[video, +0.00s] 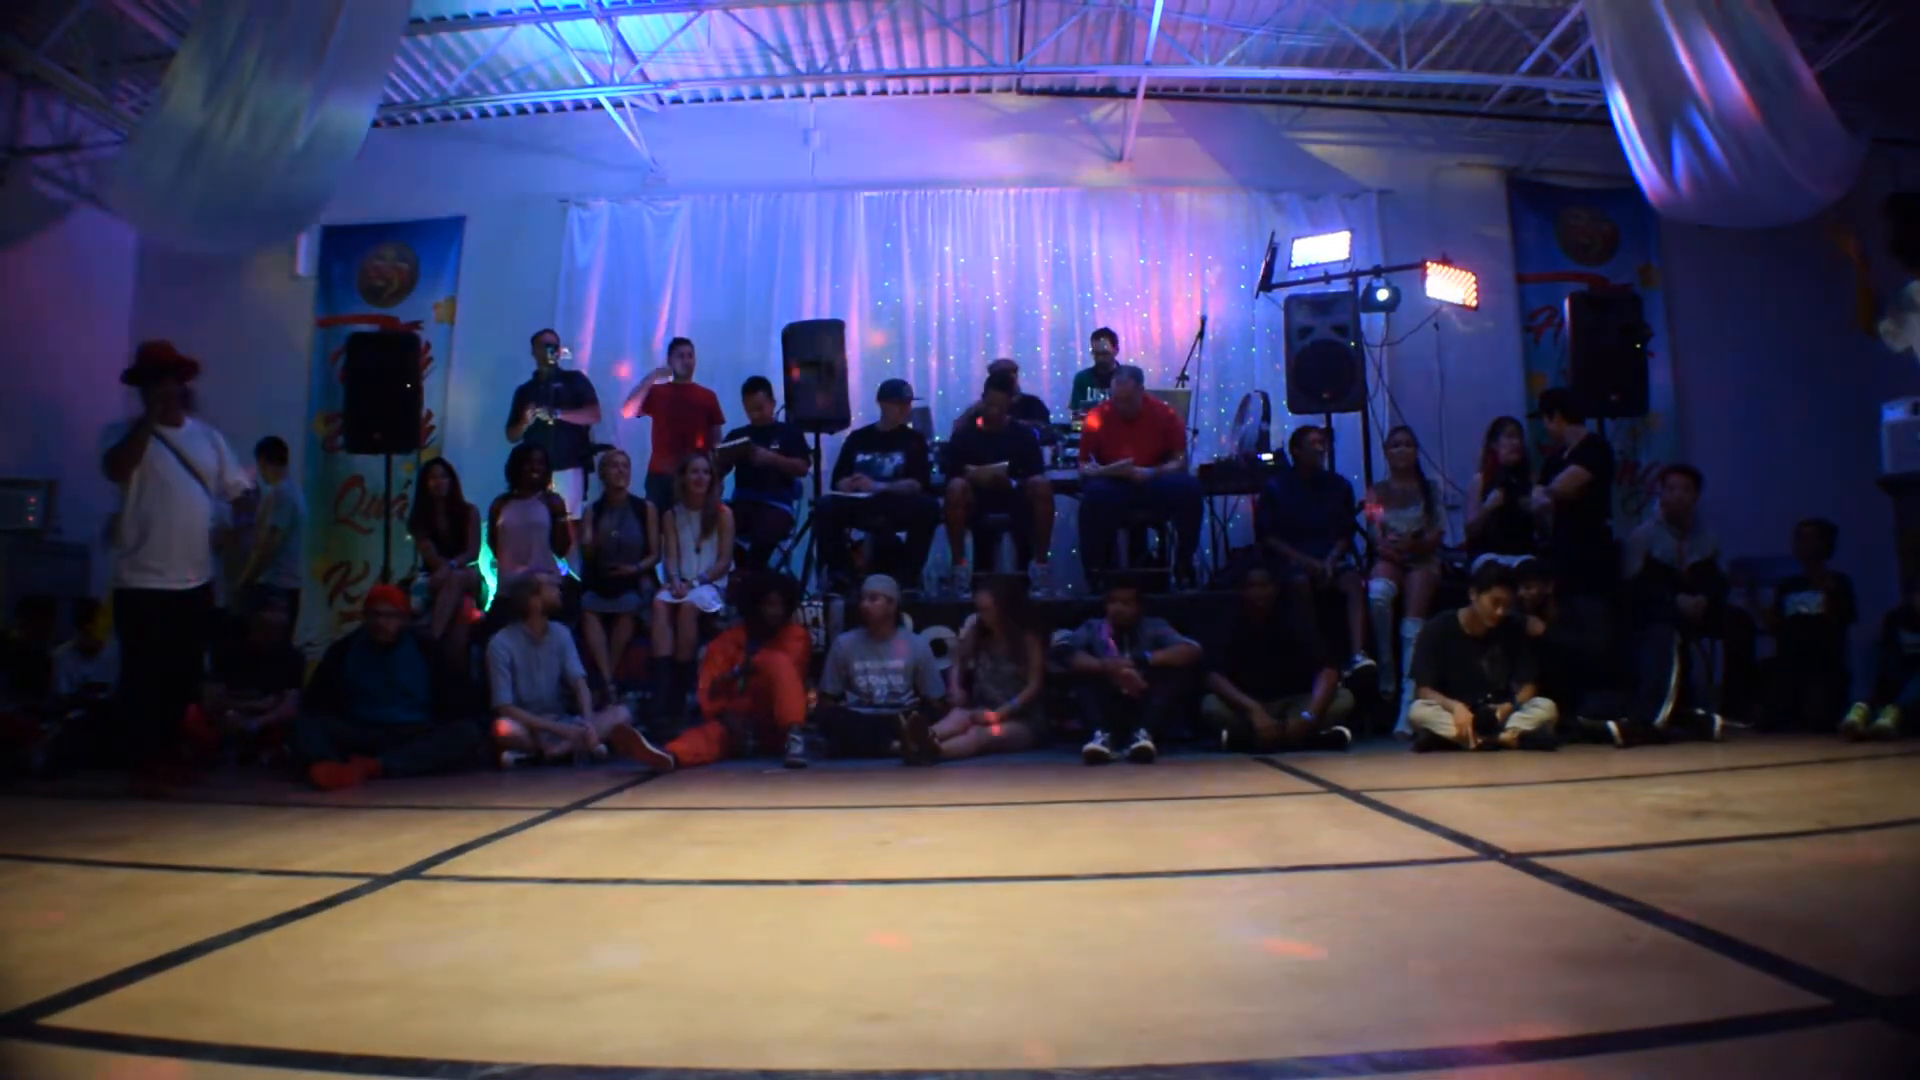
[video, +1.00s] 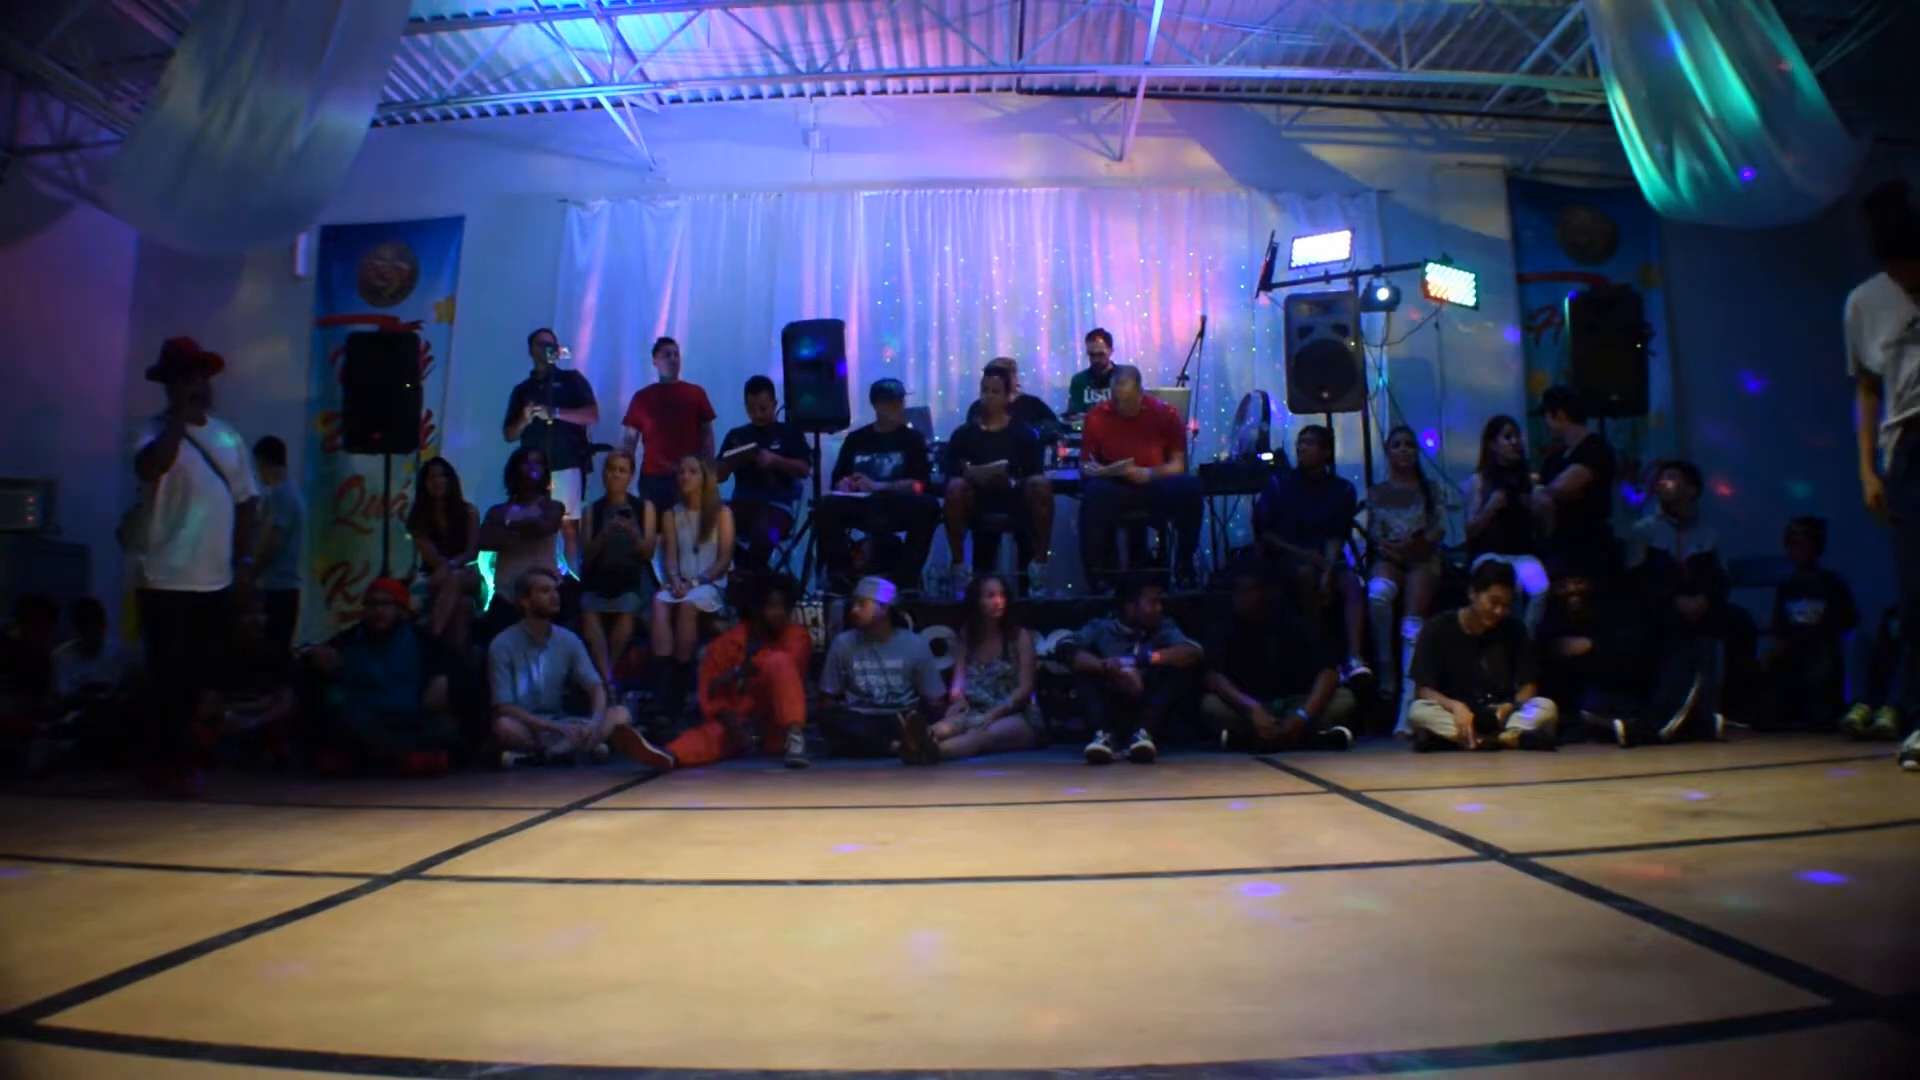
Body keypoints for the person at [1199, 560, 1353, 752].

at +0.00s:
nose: (1259, 592)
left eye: (1265, 586)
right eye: (1252, 587)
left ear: (1275, 589)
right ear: (1243, 592)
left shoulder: (1292, 620)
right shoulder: (1234, 626)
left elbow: (1329, 669)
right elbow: (1214, 676)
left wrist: (1310, 716)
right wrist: (1255, 710)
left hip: (1294, 699)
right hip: (1247, 702)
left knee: (1343, 698)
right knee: (1211, 706)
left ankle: (1253, 739)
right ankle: (1305, 738)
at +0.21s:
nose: (1259, 592)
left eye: (1264, 586)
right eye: (1252, 587)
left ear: (1274, 589)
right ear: (1243, 592)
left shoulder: (1291, 621)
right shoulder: (1234, 627)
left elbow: (1330, 670)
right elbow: (1214, 676)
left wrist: (1305, 716)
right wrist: (1255, 710)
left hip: (1293, 700)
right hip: (1247, 705)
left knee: (1343, 699)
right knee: (1211, 706)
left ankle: (1254, 740)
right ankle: (1306, 740)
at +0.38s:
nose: (1260, 592)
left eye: (1265, 586)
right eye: (1252, 587)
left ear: (1276, 589)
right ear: (1243, 591)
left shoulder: (1294, 621)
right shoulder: (1234, 626)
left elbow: (1329, 669)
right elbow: (1214, 676)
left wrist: (1306, 715)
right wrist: (1255, 710)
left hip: (1294, 700)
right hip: (1247, 704)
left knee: (1343, 699)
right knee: (1211, 706)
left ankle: (1254, 740)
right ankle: (1308, 739)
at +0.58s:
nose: (1255, 593)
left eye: (1261, 587)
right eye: (1250, 587)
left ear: (1273, 590)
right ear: (1242, 590)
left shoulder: (1293, 622)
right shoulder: (1233, 625)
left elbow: (1328, 671)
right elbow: (1214, 676)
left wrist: (1303, 715)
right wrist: (1253, 710)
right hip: (1247, 706)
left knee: (1342, 699)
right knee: (1210, 705)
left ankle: (1254, 740)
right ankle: (1306, 738)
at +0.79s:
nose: (1253, 594)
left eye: (1259, 588)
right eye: (1248, 588)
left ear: (1272, 591)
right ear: (1240, 592)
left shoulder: (1294, 623)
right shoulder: (1232, 627)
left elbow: (1328, 670)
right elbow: (1213, 675)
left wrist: (1303, 715)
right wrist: (1254, 711)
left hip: (1293, 700)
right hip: (1249, 706)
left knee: (1343, 699)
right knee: (1211, 705)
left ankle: (1255, 741)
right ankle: (1308, 739)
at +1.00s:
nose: (1241, 598)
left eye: (1248, 591)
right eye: (1238, 591)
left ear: (1268, 592)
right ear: (1232, 593)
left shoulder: (1293, 624)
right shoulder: (1230, 628)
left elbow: (1328, 671)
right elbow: (1213, 675)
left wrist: (1303, 716)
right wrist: (1254, 710)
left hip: (1294, 698)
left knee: (1343, 699)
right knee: (1211, 705)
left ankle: (1255, 741)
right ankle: (1309, 740)